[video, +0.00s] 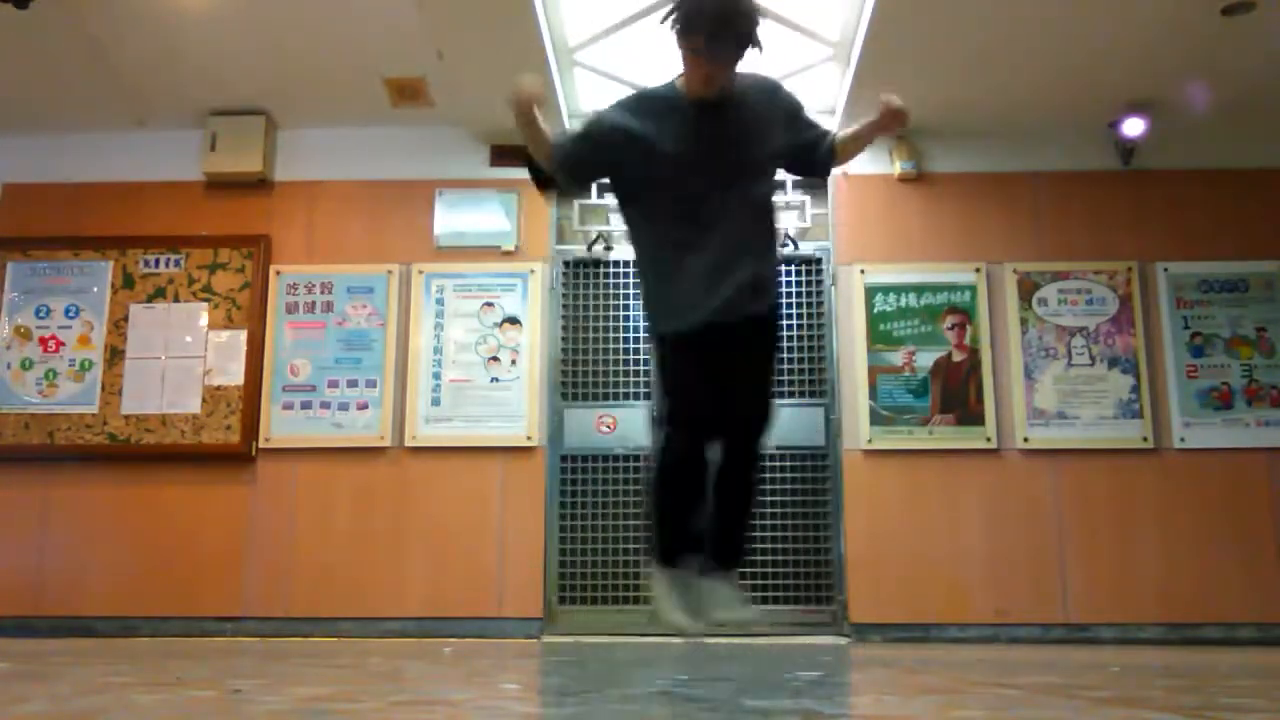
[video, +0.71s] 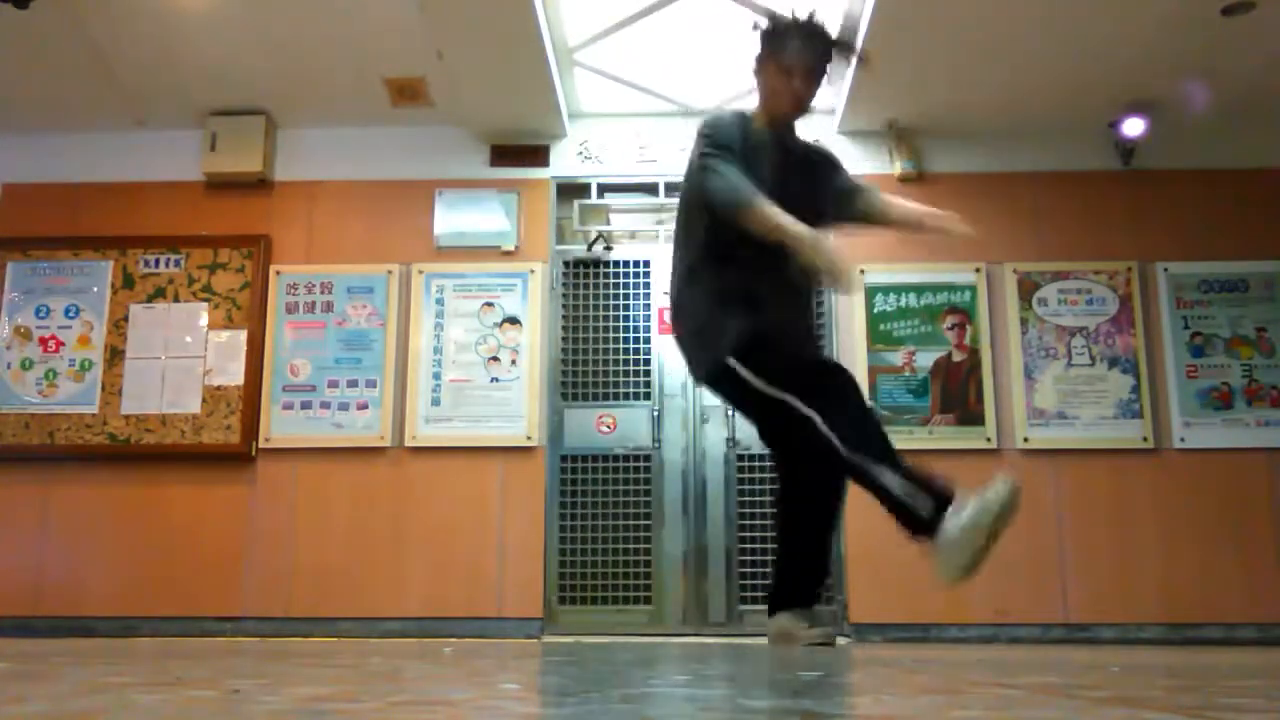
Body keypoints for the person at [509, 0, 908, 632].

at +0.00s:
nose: (721, 70)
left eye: (733, 55)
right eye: (712, 55)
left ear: (745, 49)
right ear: (687, 44)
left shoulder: (764, 103)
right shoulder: (637, 118)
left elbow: (819, 156)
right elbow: (561, 170)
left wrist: (874, 129)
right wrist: (530, 121)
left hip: (753, 304)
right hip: (679, 310)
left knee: (744, 439)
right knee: (685, 436)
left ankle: (718, 574)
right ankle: (669, 568)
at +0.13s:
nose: (721, 74)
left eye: (734, 60)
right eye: (710, 57)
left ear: (752, 55)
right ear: (691, 52)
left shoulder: (775, 119)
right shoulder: (654, 139)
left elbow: (821, 166)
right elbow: (584, 216)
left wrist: (883, 145)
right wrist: (556, 193)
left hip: (776, 320)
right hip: (696, 329)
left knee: (784, 458)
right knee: (709, 467)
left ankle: (786, 596)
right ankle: (715, 597)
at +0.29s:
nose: (749, 102)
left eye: (760, 88)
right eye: (738, 88)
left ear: (776, 88)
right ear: (716, 85)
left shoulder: (804, 153)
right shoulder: (679, 174)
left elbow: (872, 177)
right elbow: (628, 247)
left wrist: (954, 162)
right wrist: (603, 277)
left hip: (802, 343)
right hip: (724, 349)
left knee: (824, 478)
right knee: (751, 455)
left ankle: (796, 605)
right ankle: (721, 555)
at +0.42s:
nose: (756, 69)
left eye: (768, 58)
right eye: (747, 55)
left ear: (785, 54)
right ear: (728, 47)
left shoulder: (807, 107)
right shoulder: (691, 119)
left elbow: (871, 134)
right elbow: (622, 171)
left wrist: (911, 119)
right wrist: (668, 166)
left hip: (808, 279)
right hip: (729, 275)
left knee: (812, 428)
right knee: (799, 325)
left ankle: (793, 579)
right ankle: (762, 464)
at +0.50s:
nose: (768, 48)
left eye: (781, 36)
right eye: (759, 33)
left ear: (794, 34)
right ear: (738, 25)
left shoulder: (806, 88)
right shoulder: (695, 94)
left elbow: (859, 143)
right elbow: (682, 170)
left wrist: (872, 124)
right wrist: (764, 164)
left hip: (803, 258)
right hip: (725, 254)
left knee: (813, 409)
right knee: (800, 312)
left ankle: (784, 565)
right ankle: (821, 480)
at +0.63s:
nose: (792, 51)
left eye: (803, 40)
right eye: (782, 35)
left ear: (812, 45)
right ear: (754, 30)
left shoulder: (808, 122)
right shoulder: (716, 111)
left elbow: (818, 185)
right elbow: (749, 199)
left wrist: (788, 183)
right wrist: (841, 234)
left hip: (789, 286)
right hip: (724, 286)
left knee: (800, 433)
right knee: (813, 390)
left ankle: (798, 600)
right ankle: (938, 494)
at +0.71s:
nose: (803, 92)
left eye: (813, 80)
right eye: (793, 76)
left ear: (820, 85)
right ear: (762, 68)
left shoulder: (807, 162)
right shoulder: (724, 133)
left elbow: (860, 201)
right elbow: (731, 196)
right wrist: (801, 236)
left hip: (783, 332)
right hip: (721, 330)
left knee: (809, 450)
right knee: (830, 393)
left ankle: (791, 612)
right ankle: (940, 525)